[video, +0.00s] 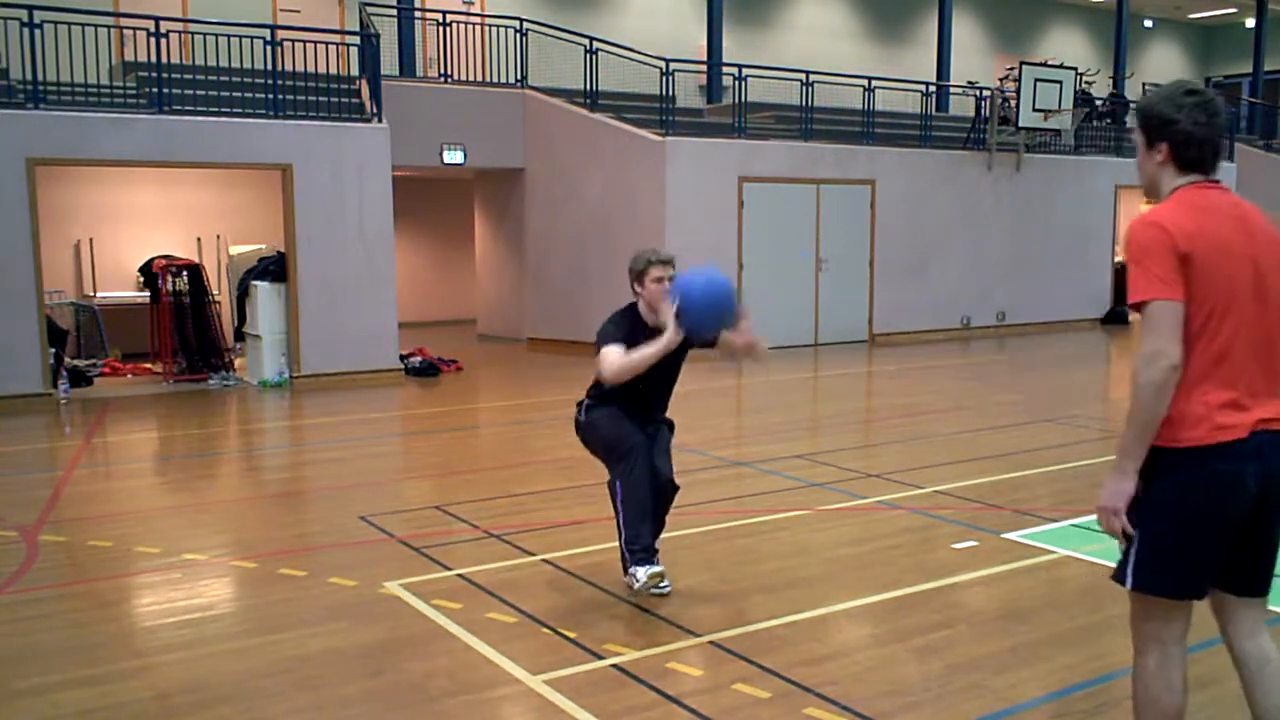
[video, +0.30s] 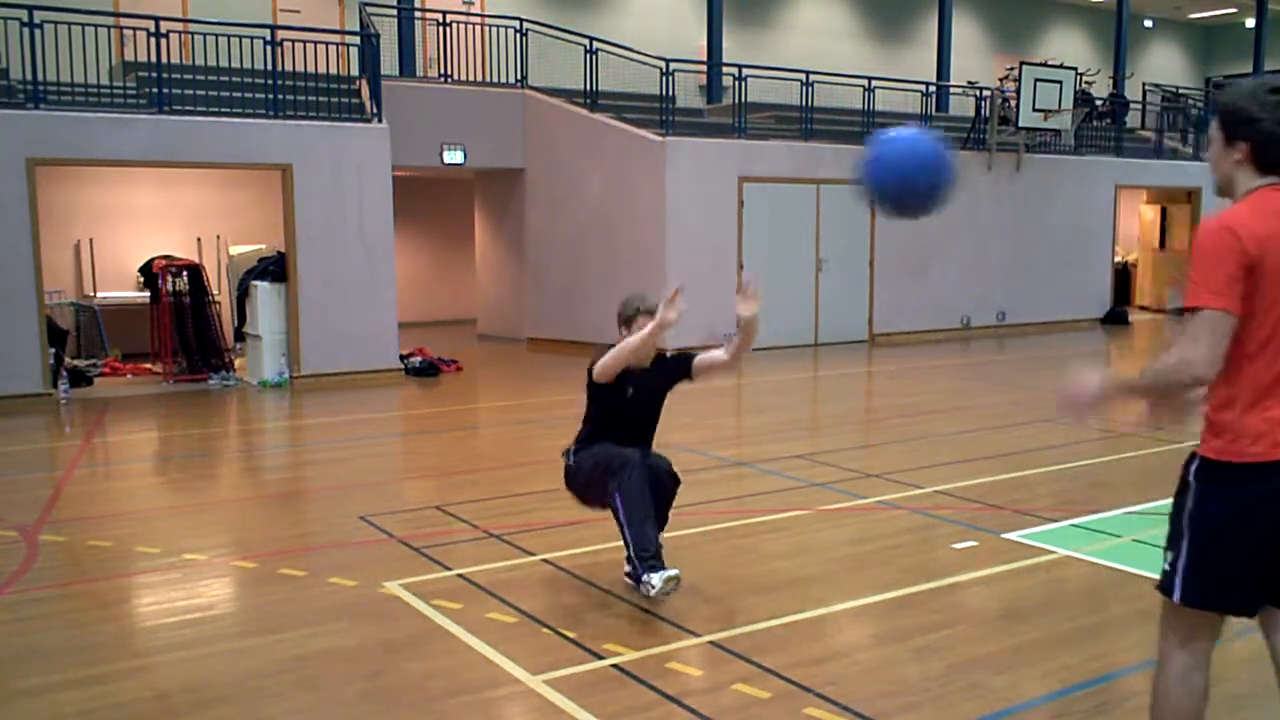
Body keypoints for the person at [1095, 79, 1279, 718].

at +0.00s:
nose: (1136, 156)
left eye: (1138, 143)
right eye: (1136, 143)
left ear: (1160, 149)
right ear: (1212, 150)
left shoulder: (1159, 226)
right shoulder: (1262, 224)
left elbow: (1162, 359)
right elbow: (1266, 338)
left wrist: (1124, 470)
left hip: (1189, 463)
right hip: (1264, 457)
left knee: (1158, 636)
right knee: (1246, 615)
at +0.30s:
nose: (1206, 153)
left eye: (1211, 140)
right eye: (1209, 140)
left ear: (1237, 148)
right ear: (1260, 149)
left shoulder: (1233, 228)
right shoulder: (1263, 221)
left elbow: (1200, 360)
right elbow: (1260, 347)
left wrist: (1111, 384)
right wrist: (1187, 391)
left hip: (1239, 462)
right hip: (1271, 457)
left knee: (1186, 639)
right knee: (1276, 619)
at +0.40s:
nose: (1228, 157)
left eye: (1232, 143)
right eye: (1229, 143)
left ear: (1258, 147)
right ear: (1271, 149)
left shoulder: (1255, 228)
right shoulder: (1259, 228)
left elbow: (1222, 359)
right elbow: (1240, 348)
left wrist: (1130, 321)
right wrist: (1161, 326)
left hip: (1250, 466)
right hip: (1258, 463)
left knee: (1194, 642)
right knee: (1193, 639)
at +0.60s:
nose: (1265, 149)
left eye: (1273, 135)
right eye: (1267, 134)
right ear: (1270, 144)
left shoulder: (1278, 230)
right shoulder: (1275, 232)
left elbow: (1273, 362)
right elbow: (1269, 346)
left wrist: (1214, 299)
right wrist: (1233, 291)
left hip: (1265, 455)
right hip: (1264, 453)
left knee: (1201, 635)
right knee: (1203, 631)